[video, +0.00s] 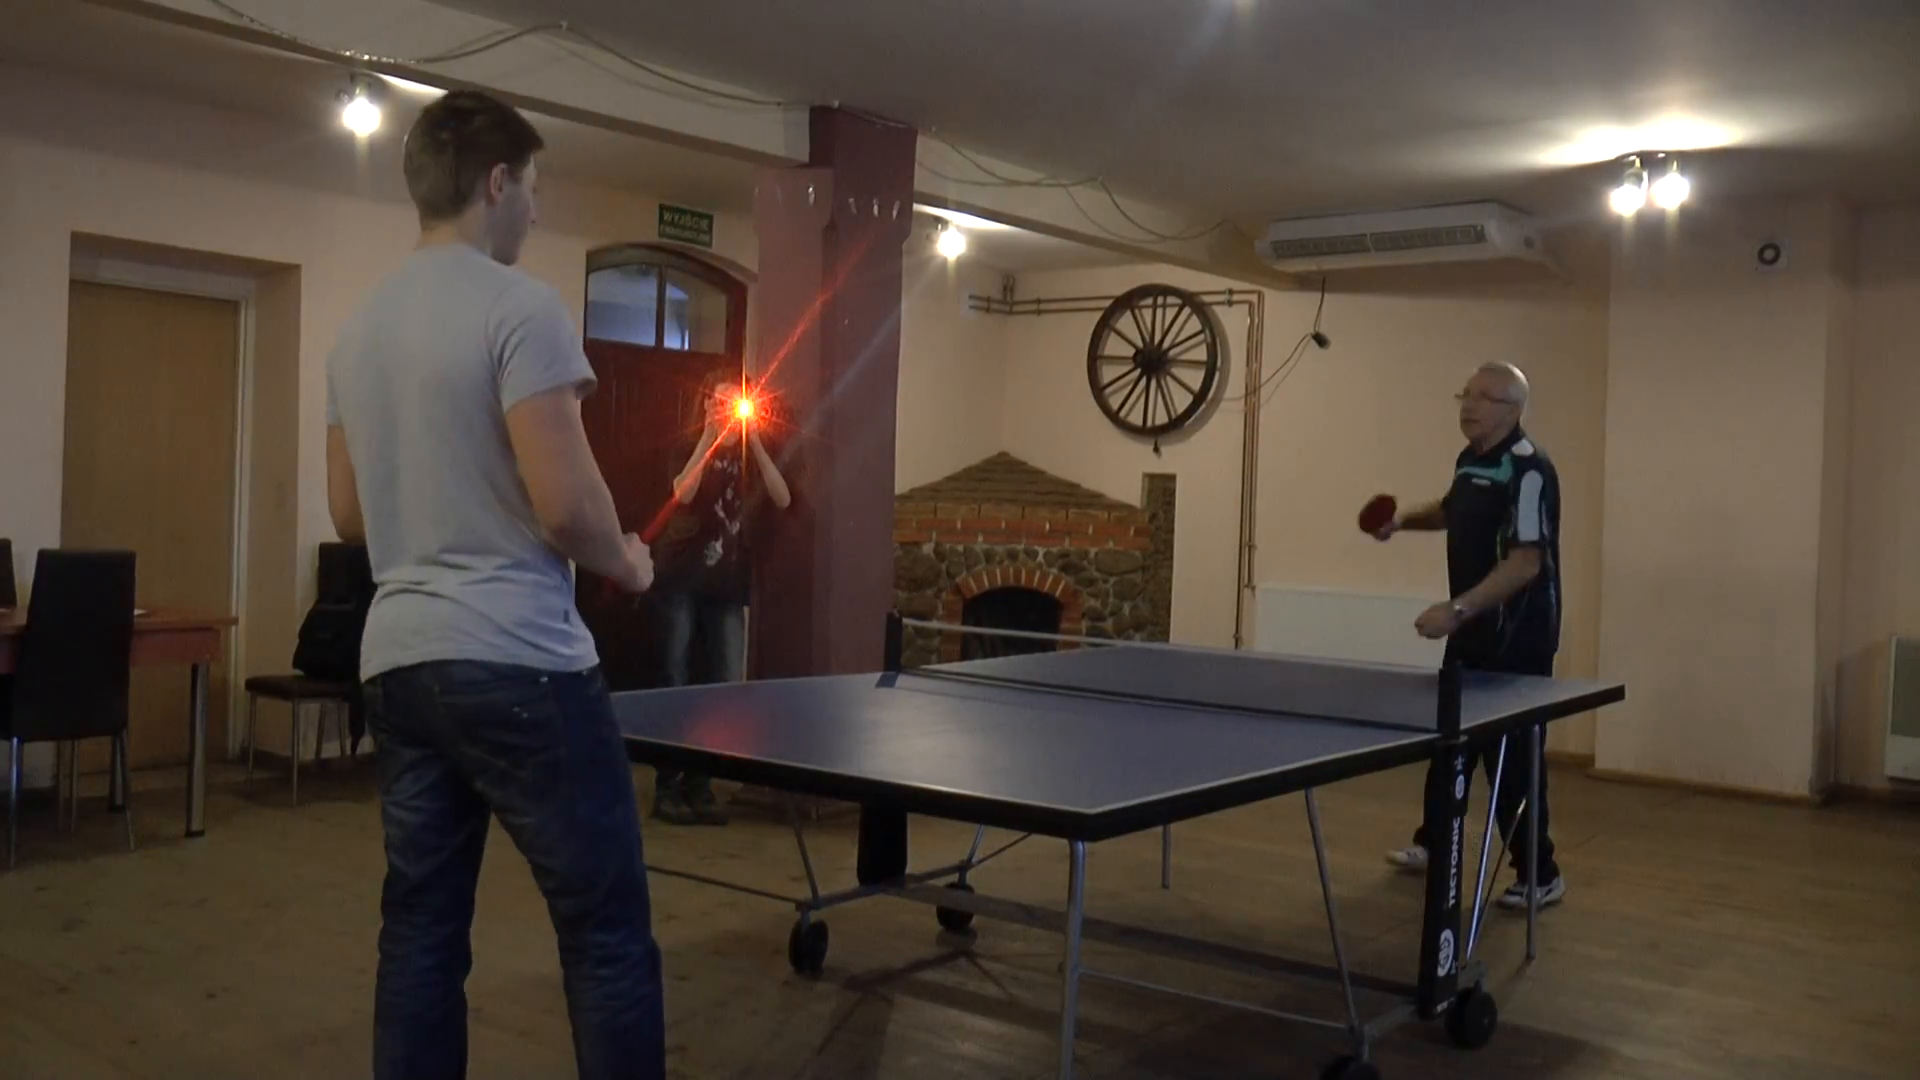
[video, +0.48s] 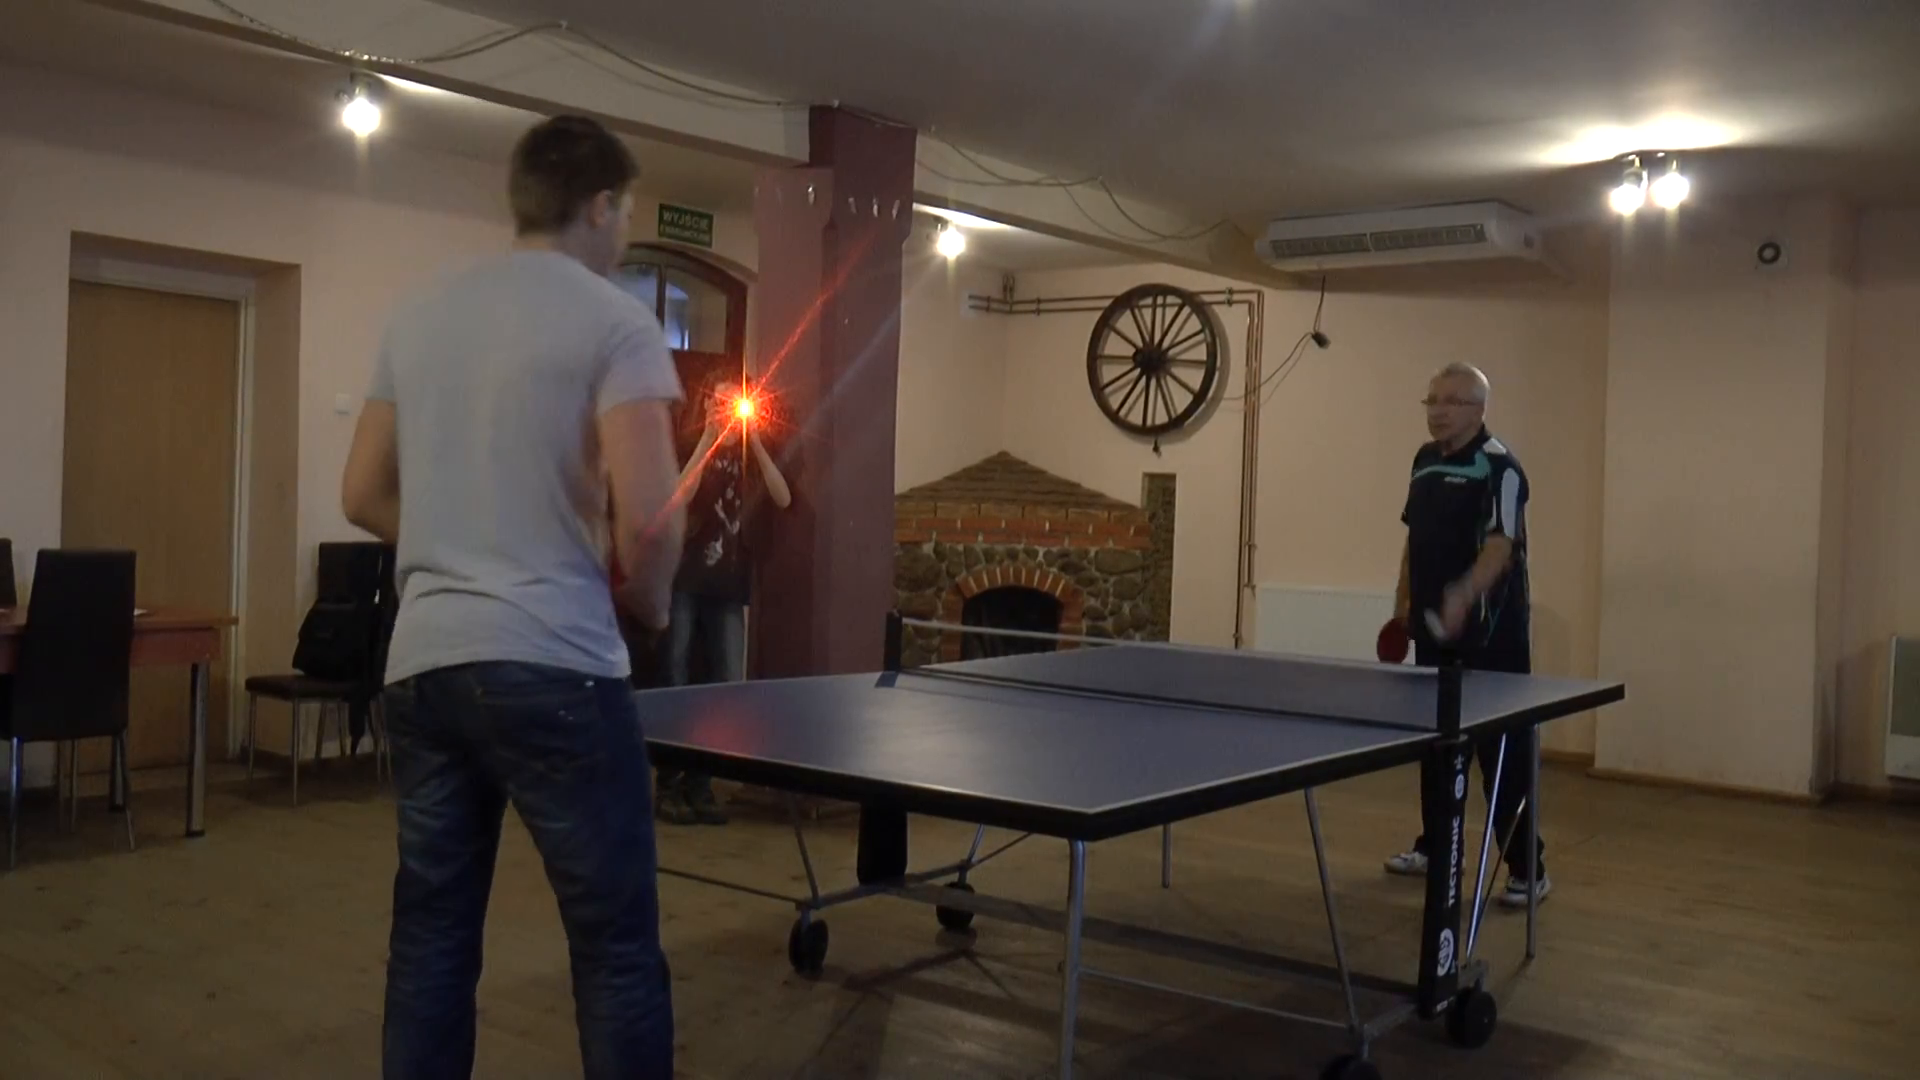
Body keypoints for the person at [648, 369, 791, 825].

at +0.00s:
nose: (721, 410)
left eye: (728, 403)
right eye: (715, 402)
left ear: (738, 409)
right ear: (703, 405)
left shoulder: (749, 453)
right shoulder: (685, 450)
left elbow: (782, 498)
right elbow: (682, 493)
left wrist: (755, 440)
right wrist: (710, 439)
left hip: (727, 581)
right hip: (679, 579)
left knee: (725, 686)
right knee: (675, 684)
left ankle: (700, 789)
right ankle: (667, 790)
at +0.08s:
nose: (721, 410)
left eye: (730, 404)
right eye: (715, 403)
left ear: (739, 410)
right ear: (703, 406)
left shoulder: (749, 453)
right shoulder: (686, 449)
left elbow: (782, 498)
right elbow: (682, 494)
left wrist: (755, 441)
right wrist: (710, 440)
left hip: (727, 582)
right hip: (680, 579)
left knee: (725, 685)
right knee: (674, 682)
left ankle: (700, 788)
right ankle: (668, 788)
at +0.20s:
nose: (720, 408)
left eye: (728, 402)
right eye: (714, 401)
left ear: (737, 408)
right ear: (703, 404)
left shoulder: (749, 452)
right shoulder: (685, 449)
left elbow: (782, 498)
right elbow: (683, 494)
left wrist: (754, 439)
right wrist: (710, 439)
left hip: (727, 581)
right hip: (680, 580)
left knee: (726, 686)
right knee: (675, 684)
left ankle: (701, 789)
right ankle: (667, 789)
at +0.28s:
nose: (720, 409)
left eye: (728, 402)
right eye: (715, 401)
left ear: (737, 408)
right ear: (703, 405)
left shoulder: (749, 452)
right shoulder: (685, 450)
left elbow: (782, 498)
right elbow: (683, 493)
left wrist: (755, 439)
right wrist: (710, 439)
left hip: (727, 581)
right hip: (680, 579)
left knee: (728, 685)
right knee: (675, 683)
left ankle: (701, 789)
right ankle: (668, 789)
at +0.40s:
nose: (722, 410)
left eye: (730, 403)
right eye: (716, 402)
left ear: (738, 410)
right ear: (704, 405)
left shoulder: (749, 453)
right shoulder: (686, 452)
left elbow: (783, 499)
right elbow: (681, 497)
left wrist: (755, 440)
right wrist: (709, 442)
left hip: (728, 582)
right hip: (681, 581)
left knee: (728, 685)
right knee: (675, 683)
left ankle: (701, 787)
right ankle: (668, 787)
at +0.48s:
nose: (721, 411)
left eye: (729, 404)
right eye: (714, 403)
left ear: (737, 411)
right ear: (703, 407)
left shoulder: (748, 453)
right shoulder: (690, 453)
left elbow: (782, 498)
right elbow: (679, 498)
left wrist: (755, 439)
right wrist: (709, 440)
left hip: (729, 583)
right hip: (684, 581)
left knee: (728, 685)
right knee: (675, 681)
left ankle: (703, 786)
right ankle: (670, 785)